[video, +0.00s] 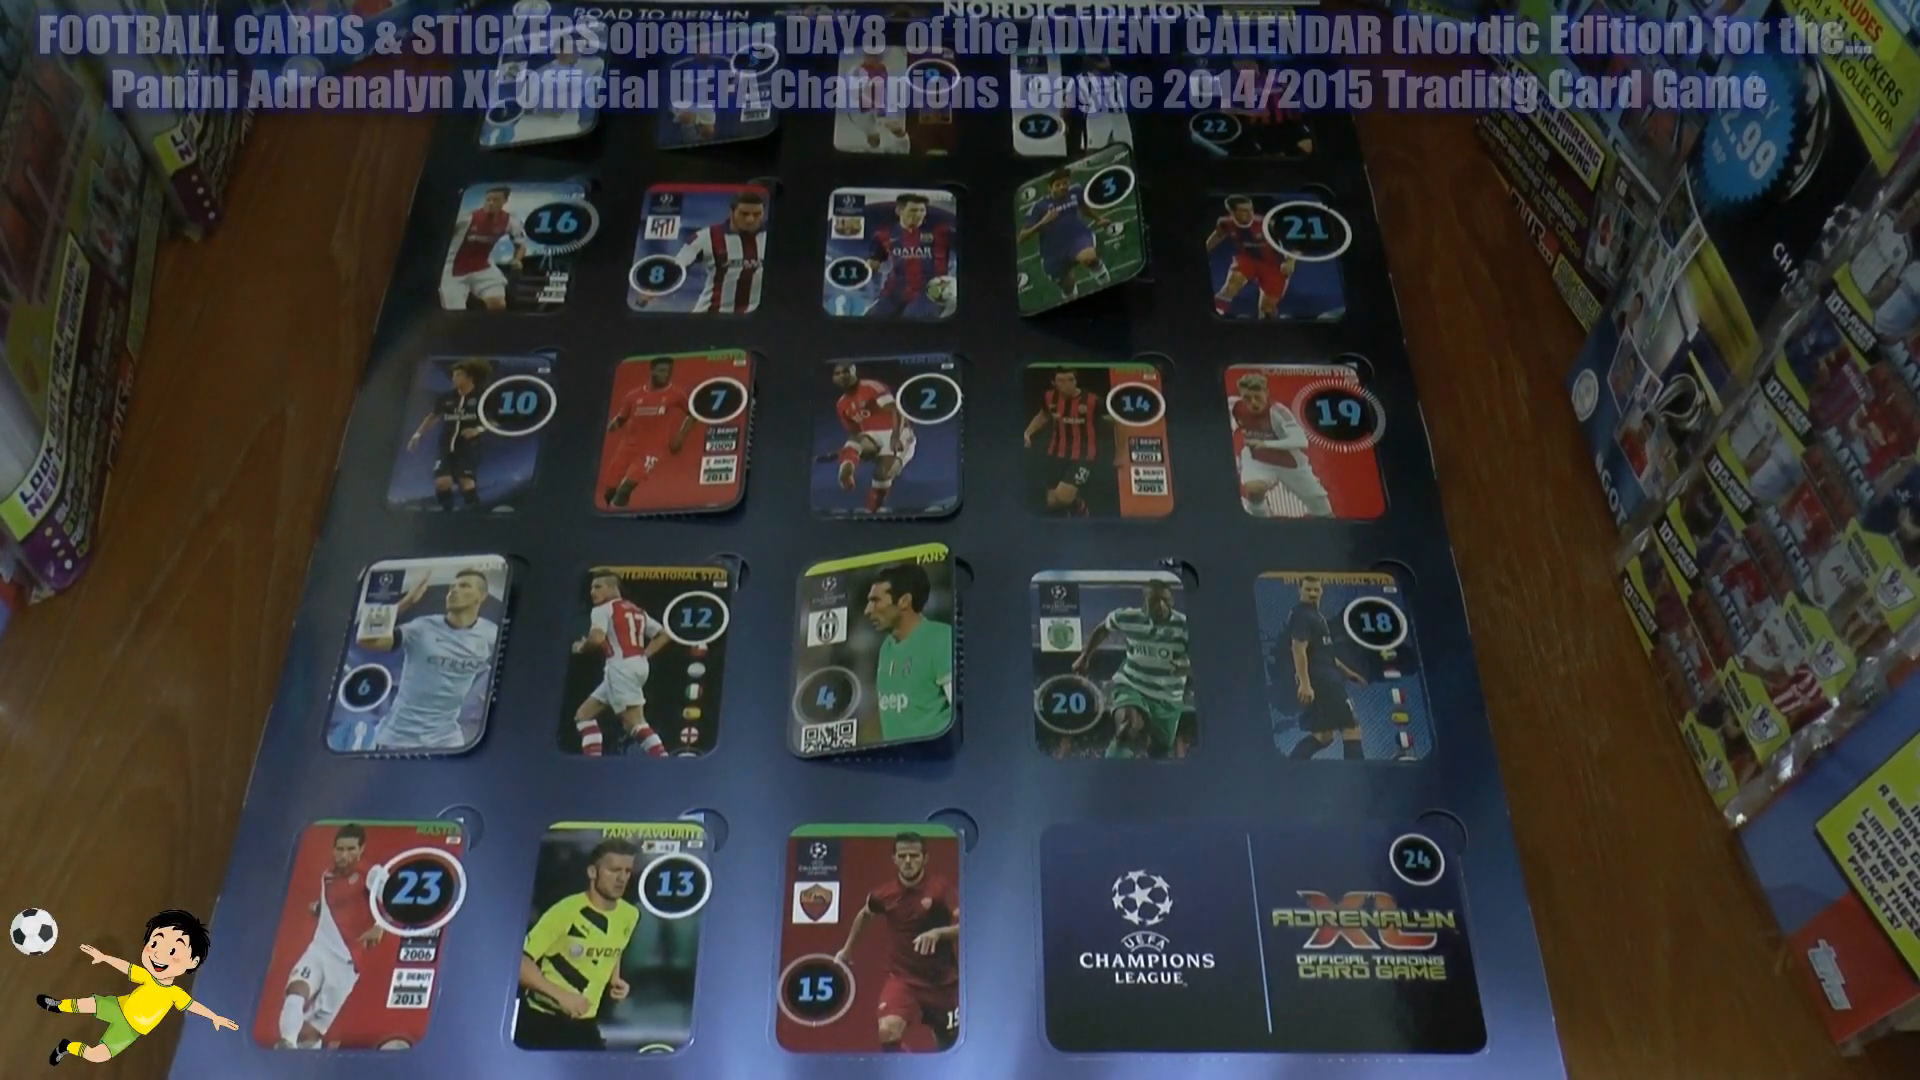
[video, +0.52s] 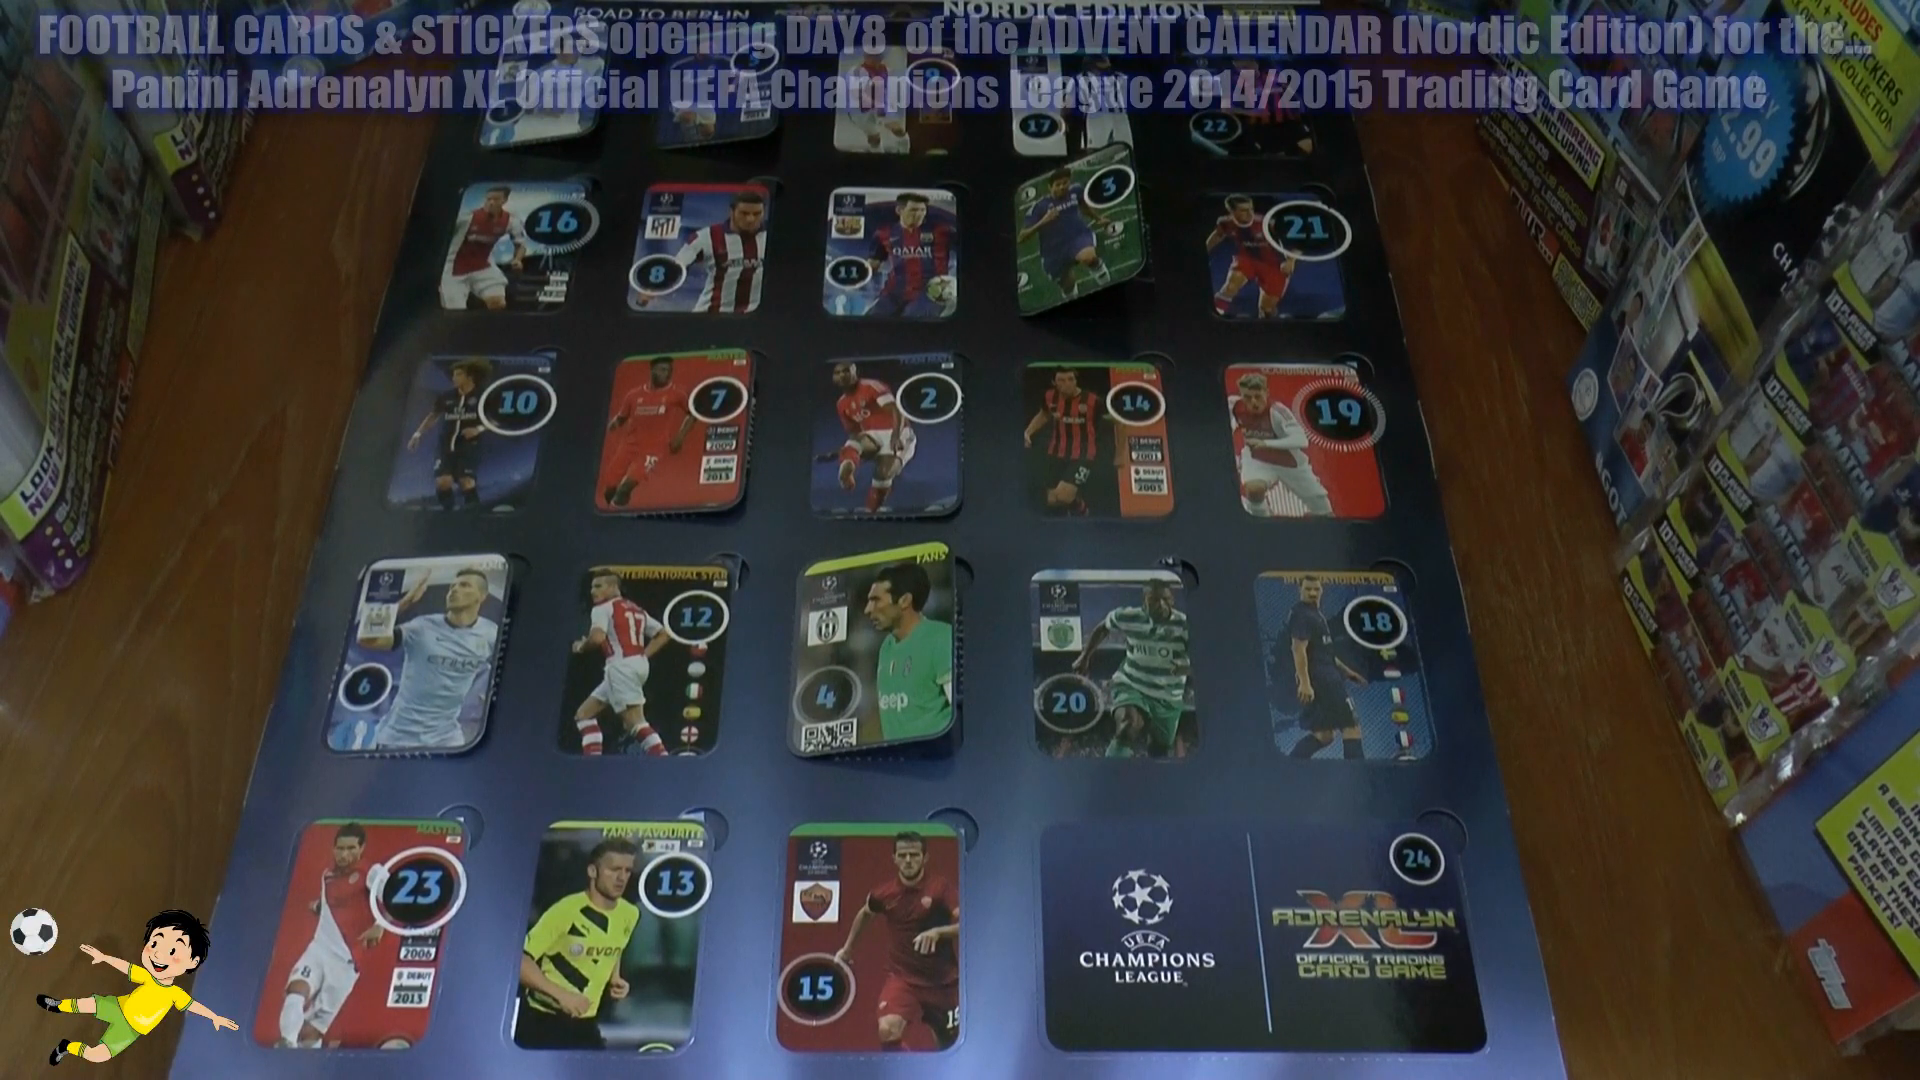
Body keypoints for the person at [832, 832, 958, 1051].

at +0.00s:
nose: (908, 862)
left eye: (914, 856)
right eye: (902, 856)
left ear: (924, 858)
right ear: (894, 860)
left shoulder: (941, 889)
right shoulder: (882, 896)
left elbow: (965, 926)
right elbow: (864, 915)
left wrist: (938, 932)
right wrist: (846, 949)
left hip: (943, 983)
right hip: (902, 979)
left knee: (950, 1049)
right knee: (887, 1031)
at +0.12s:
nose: (908, 861)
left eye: (914, 855)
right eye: (902, 856)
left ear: (924, 858)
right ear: (894, 859)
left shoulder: (940, 888)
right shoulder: (882, 895)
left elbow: (965, 925)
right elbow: (864, 915)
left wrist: (938, 932)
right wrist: (847, 948)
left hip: (943, 982)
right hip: (902, 978)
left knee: (952, 1049)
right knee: (887, 1030)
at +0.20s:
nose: (908, 861)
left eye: (914, 855)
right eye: (902, 856)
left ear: (924, 858)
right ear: (894, 859)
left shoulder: (940, 888)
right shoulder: (882, 895)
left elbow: (966, 924)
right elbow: (864, 914)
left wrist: (938, 932)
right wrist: (847, 948)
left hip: (942, 983)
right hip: (902, 979)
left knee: (952, 1050)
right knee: (887, 1031)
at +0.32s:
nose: (908, 861)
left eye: (914, 855)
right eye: (902, 855)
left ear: (924, 858)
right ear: (894, 859)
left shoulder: (940, 888)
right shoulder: (882, 895)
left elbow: (966, 925)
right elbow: (865, 914)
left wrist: (938, 932)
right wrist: (847, 948)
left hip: (942, 983)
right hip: (902, 979)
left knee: (952, 1050)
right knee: (887, 1031)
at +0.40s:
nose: (908, 861)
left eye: (914, 855)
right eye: (902, 856)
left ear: (924, 858)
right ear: (894, 859)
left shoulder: (940, 888)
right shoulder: (882, 895)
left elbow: (965, 925)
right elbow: (864, 914)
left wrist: (938, 932)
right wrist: (847, 948)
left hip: (942, 983)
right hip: (901, 979)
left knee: (952, 1050)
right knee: (887, 1031)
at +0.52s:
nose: (908, 861)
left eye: (914, 855)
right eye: (902, 856)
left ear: (924, 858)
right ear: (894, 859)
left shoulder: (940, 889)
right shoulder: (882, 894)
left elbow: (966, 925)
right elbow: (864, 914)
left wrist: (938, 932)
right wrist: (847, 948)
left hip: (942, 982)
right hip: (902, 978)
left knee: (952, 1050)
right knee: (887, 1031)